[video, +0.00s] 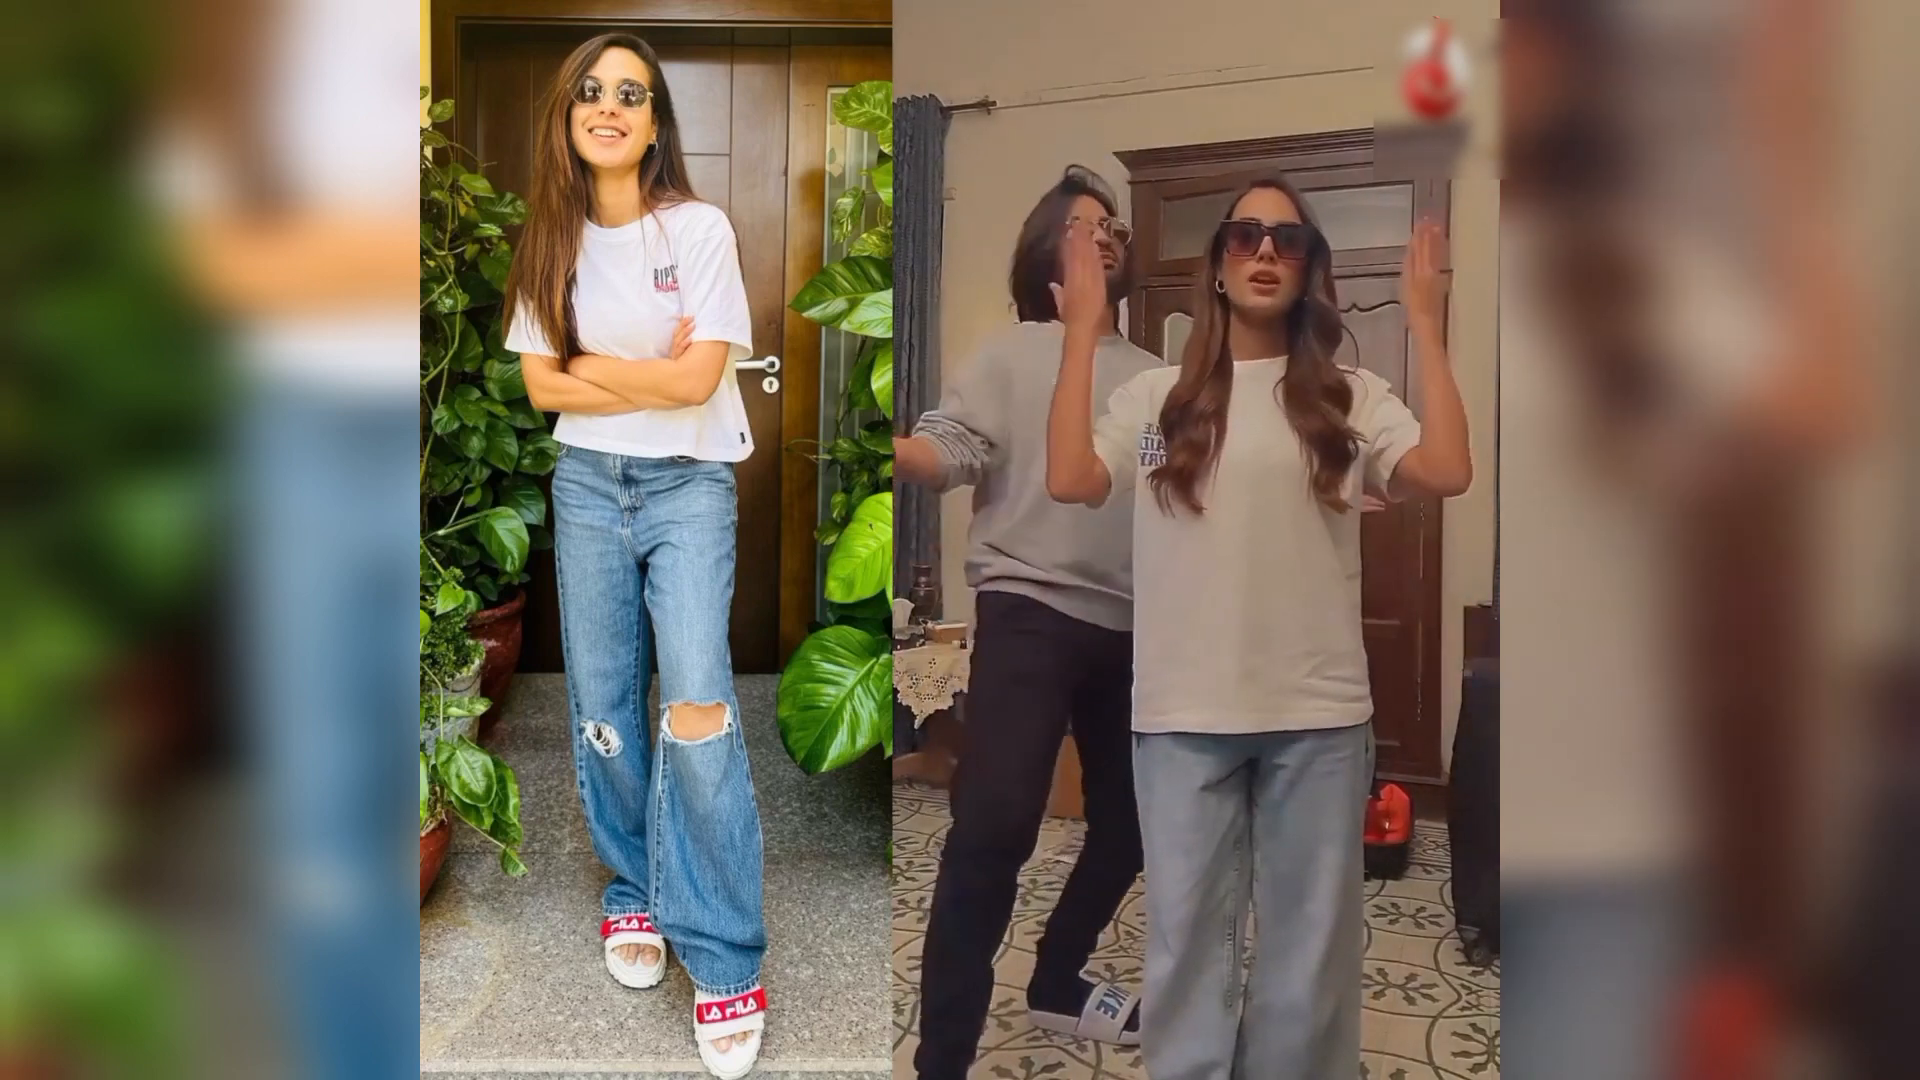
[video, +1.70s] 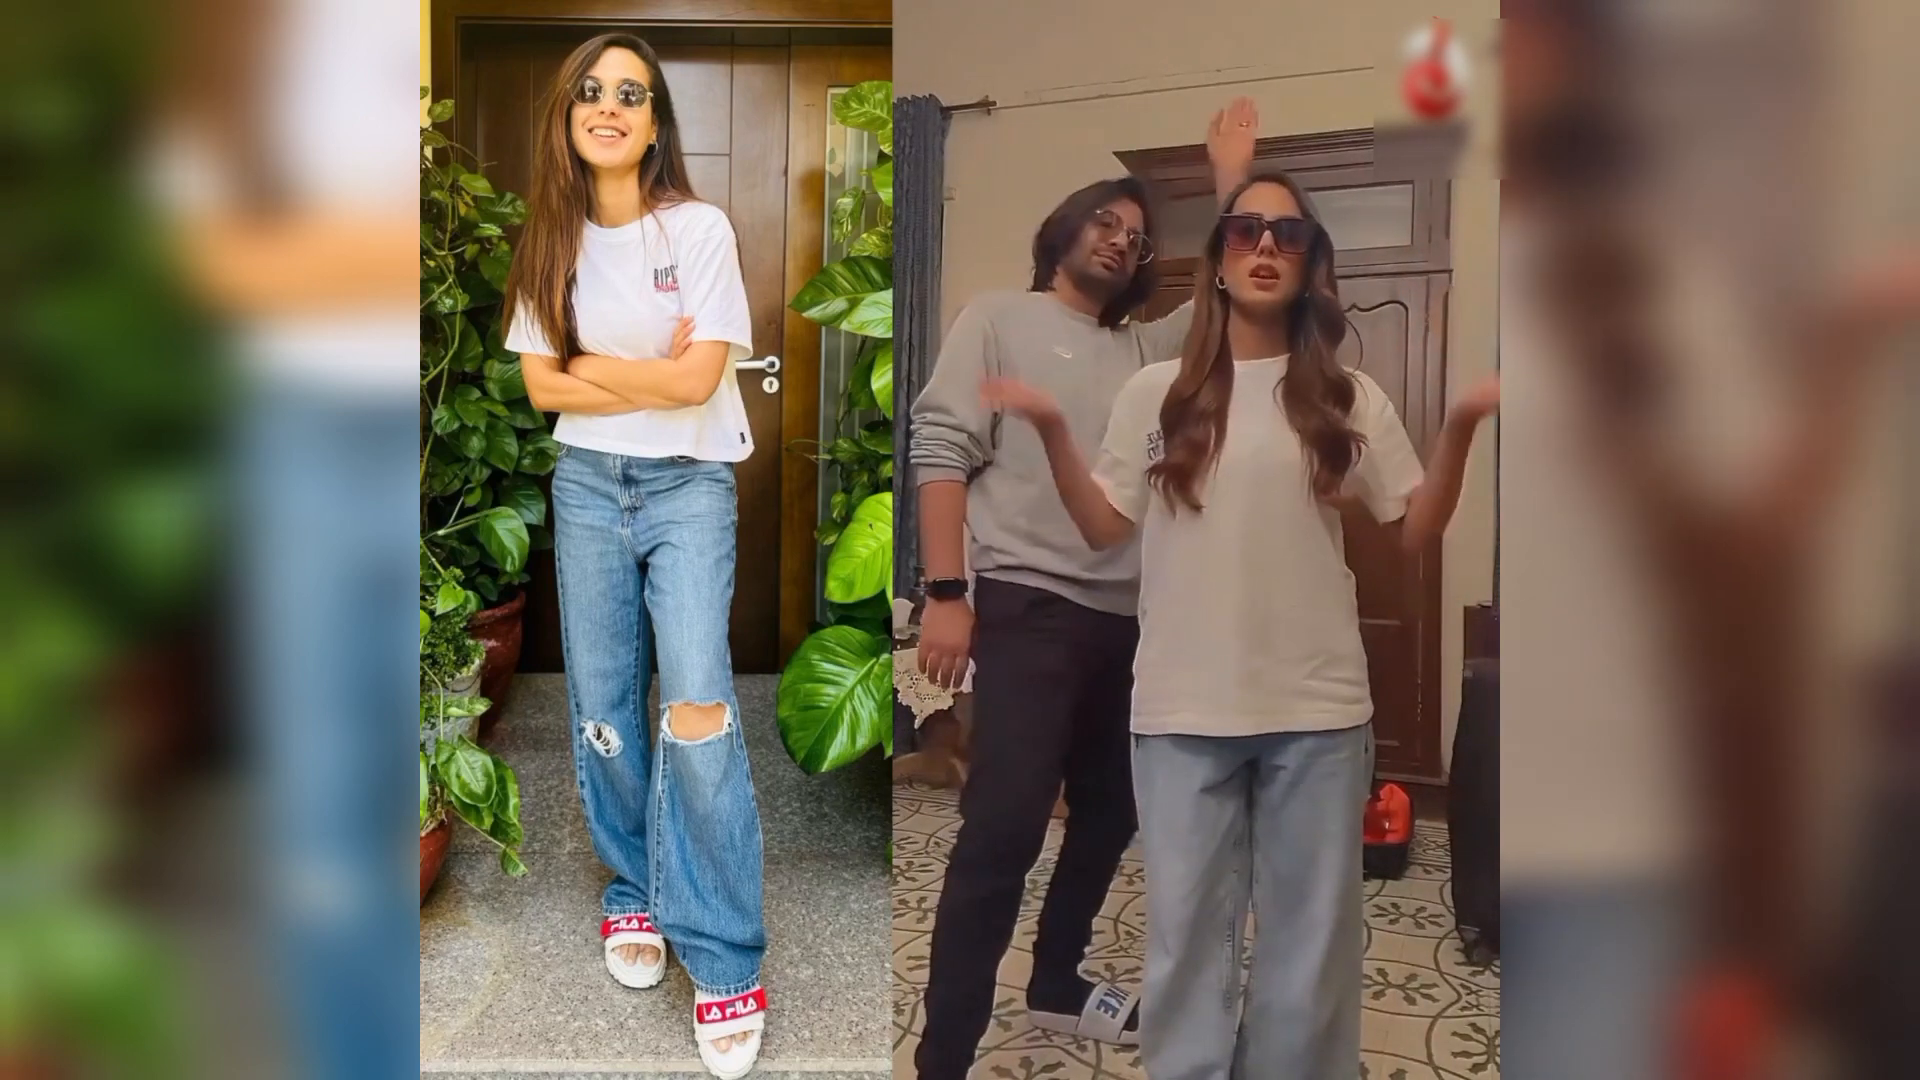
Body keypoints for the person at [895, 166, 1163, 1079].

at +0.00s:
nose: (1103, 242)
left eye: (1112, 232)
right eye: (1083, 230)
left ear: (1125, 258)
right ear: (1043, 255)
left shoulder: (1154, 373)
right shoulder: (1007, 353)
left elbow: (1186, 493)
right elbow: (954, 453)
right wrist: (884, 448)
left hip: (1129, 621)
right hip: (1025, 606)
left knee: (1125, 831)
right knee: (995, 828)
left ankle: (1057, 989)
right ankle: (943, 1062)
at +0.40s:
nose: (1135, 219)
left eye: (1136, 208)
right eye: (1115, 204)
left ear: (1129, 235)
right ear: (1063, 222)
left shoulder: (1136, 356)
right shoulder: (1007, 324)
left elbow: (1159, 493)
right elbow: (937, 454)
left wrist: (1173, 608)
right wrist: (914, 594)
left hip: (1121, 619)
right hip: (1023, 609)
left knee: (1107, 810)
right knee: (994, 831)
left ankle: (1057, 989)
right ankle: (945, 1059)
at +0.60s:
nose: (1139, 227)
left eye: (1139, 216)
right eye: (1120, 212)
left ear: (1116, 238)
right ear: (1065, 223)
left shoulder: (1119, 356)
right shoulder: (997, 314)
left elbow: (1130, 485)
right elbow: (932, 451)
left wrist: (1155, 586)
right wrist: (943, 588)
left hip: (1114, 618)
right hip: (1023, 610)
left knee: (1093, 817)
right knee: (1001, 837)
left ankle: (1056, 991)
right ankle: (948, 1059)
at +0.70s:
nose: (1135, 232)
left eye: (1137, 221)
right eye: (1120, 216)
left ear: (1126, 244)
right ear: (1065, 224)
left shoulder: (1128, 348)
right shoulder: (998, 311)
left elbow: (1199, 402)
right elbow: (934, 450)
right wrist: (941, 593)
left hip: (1119, 619)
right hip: (1023, 612)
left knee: (1091, 817)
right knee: (999, 838)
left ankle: (1056, 993)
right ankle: (947, 1062)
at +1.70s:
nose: (1122, 241)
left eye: (1136, 236)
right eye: (1108, 221)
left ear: (1140, 260)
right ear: (1067, 225)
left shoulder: (1144, 348)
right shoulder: (996, 318)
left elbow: (1236, 310)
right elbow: (940, 451)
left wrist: (1235, 192)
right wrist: (947, 592)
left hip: (1126, 616)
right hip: (1023, 604)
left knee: (1106, 820)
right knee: (1001, 837)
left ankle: (1056, 989)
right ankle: (942, 1062)